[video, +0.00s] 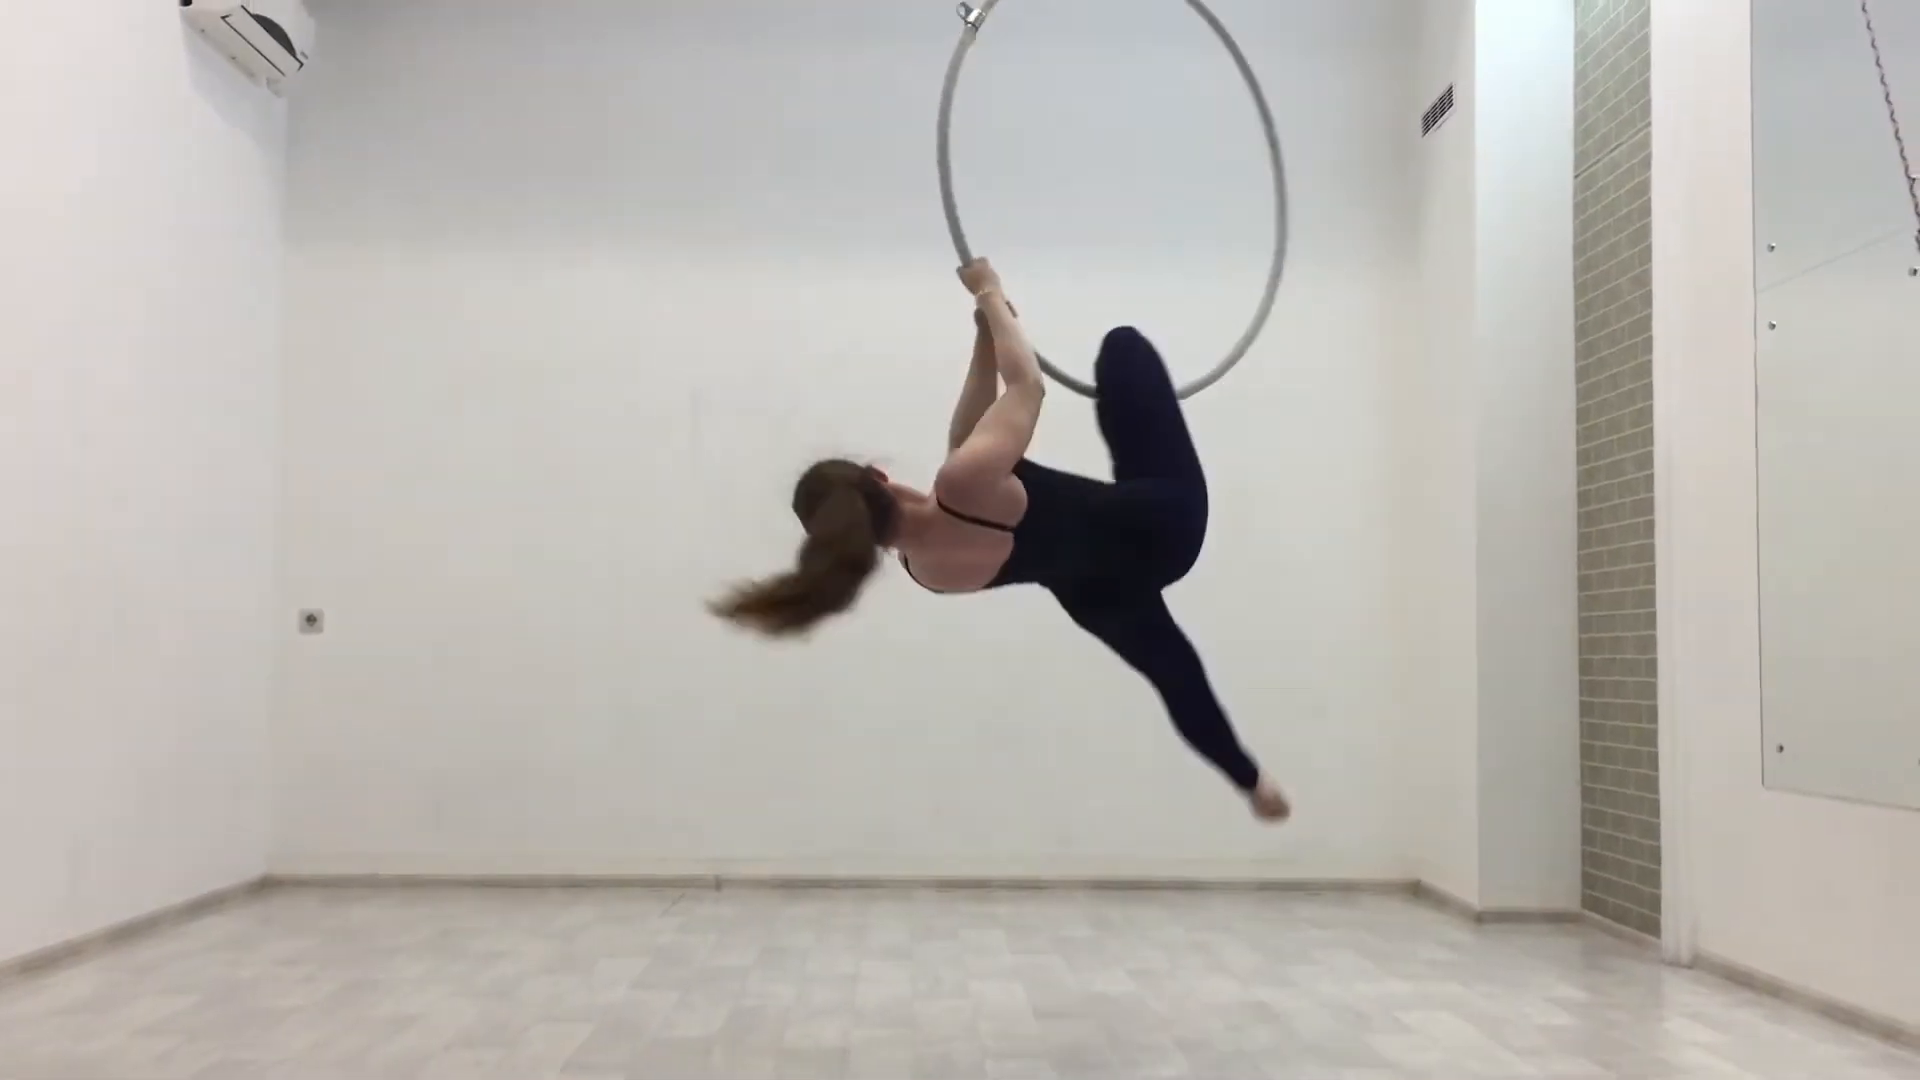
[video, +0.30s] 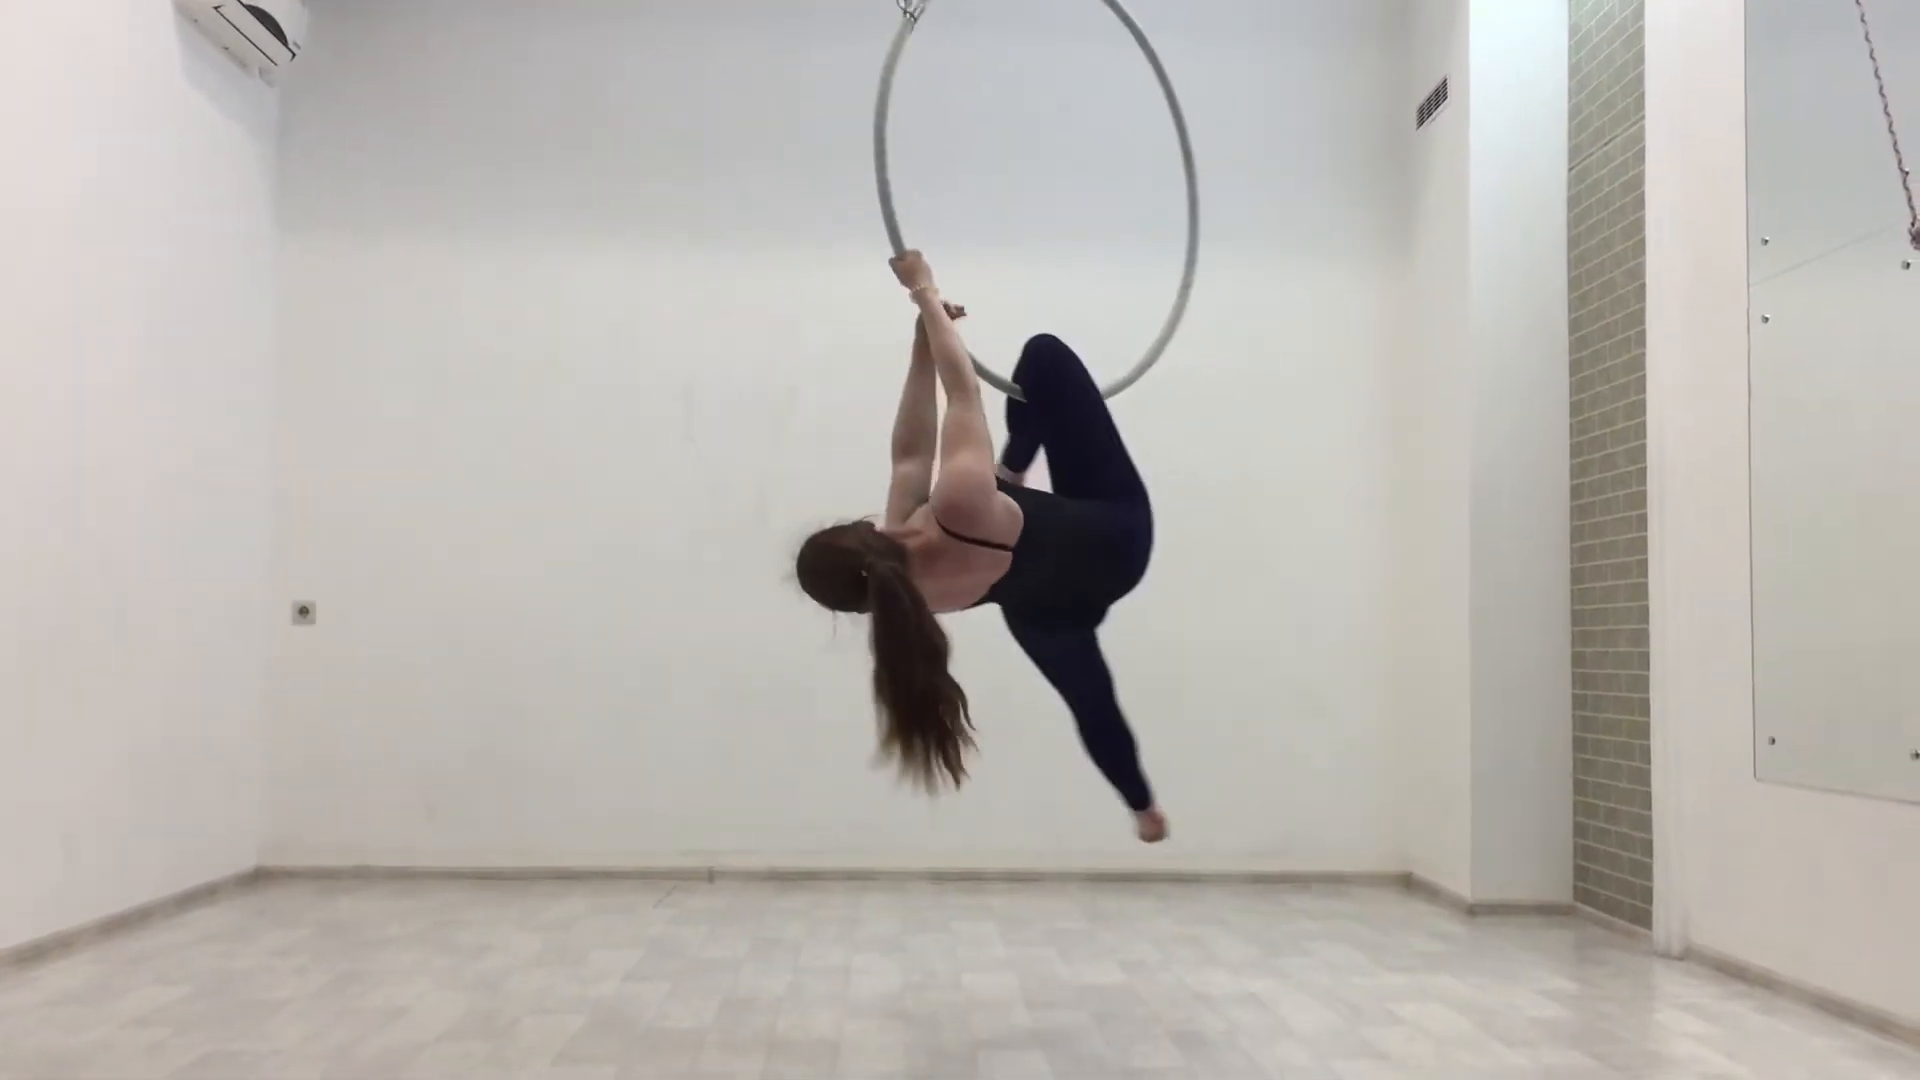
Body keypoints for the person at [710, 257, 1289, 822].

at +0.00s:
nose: (881, 461)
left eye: (871, 462)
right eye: (874, 462)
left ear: (859, 536)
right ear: (883, 478)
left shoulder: (927, 572)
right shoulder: (968, 473)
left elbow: (963, 436)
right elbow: (1027, 385)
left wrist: (988, 333)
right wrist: (993, 302)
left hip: (1095, 594)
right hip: (1158, 528)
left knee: (1178, 681)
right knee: (1123, 347)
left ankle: (1255, 787)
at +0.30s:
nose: (863, 514)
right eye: (855, 524)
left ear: (856, 598)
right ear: (865, 533)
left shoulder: (918, 596)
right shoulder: (958, 495)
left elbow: (909, 452)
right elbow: (963, 389)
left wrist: (928, 335)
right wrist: (924, 292)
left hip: (1046, 609)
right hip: (1117, 541)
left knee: (1091, 703)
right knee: (1043, 355)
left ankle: (1146, 810)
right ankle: (1013, 472)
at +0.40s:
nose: (851, 511)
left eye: (844, 516)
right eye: (845, 517)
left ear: (853, 593)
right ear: (854, 527)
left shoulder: (902, 581)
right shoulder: (949, 490)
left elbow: (894, 446)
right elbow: (952, 382)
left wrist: (917, 327)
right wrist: (920, 281)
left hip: (1019, 604)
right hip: (1095, 538)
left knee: (1045, 693)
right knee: (1035, 352)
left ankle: (1082, 800)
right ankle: (992, 465)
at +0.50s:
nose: (840, 512)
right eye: (832, 517)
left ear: (840, 595)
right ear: (837, 530)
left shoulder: (886, 579)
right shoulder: (933, 493)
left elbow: (880, 444)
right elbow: (938, 374)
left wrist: (900, 326)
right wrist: (904, 276)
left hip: (1004, 599)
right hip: (1072, 534)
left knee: (997, 684)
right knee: (1020, 351)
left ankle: (1015, 786)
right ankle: (969, 440)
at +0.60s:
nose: (832, 517)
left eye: (825, 520)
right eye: (825, 526)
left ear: (835, 605)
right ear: (834, 541)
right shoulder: (919, 510)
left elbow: (858, 443)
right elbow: (930, 391)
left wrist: (868, 326)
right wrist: (889, 304)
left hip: (971, 603)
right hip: (1046, 538)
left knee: (950, 678)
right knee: (999, 349)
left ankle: (946, 769)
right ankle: (915, 454)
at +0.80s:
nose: (779, 561)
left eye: (768, 571)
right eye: (789, 576)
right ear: (838, 598)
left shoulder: (806, 546)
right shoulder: (897, 594)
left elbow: (823, 442)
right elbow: (926, 466)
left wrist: (828, 341)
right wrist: (863, 380)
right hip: (982, 530)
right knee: (959, 351)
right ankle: (870, 438)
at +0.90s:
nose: (764, 572)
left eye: (759, 581)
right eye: (776, 585)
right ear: (825, 610)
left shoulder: (797, 545)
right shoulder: (893, 616)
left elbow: (816, 434)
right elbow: (927, 538)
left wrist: (830, 324)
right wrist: (853, 448)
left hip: (866, 524)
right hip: (963, 533)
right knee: (945, 353)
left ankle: (803, 744)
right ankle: (856, 426)